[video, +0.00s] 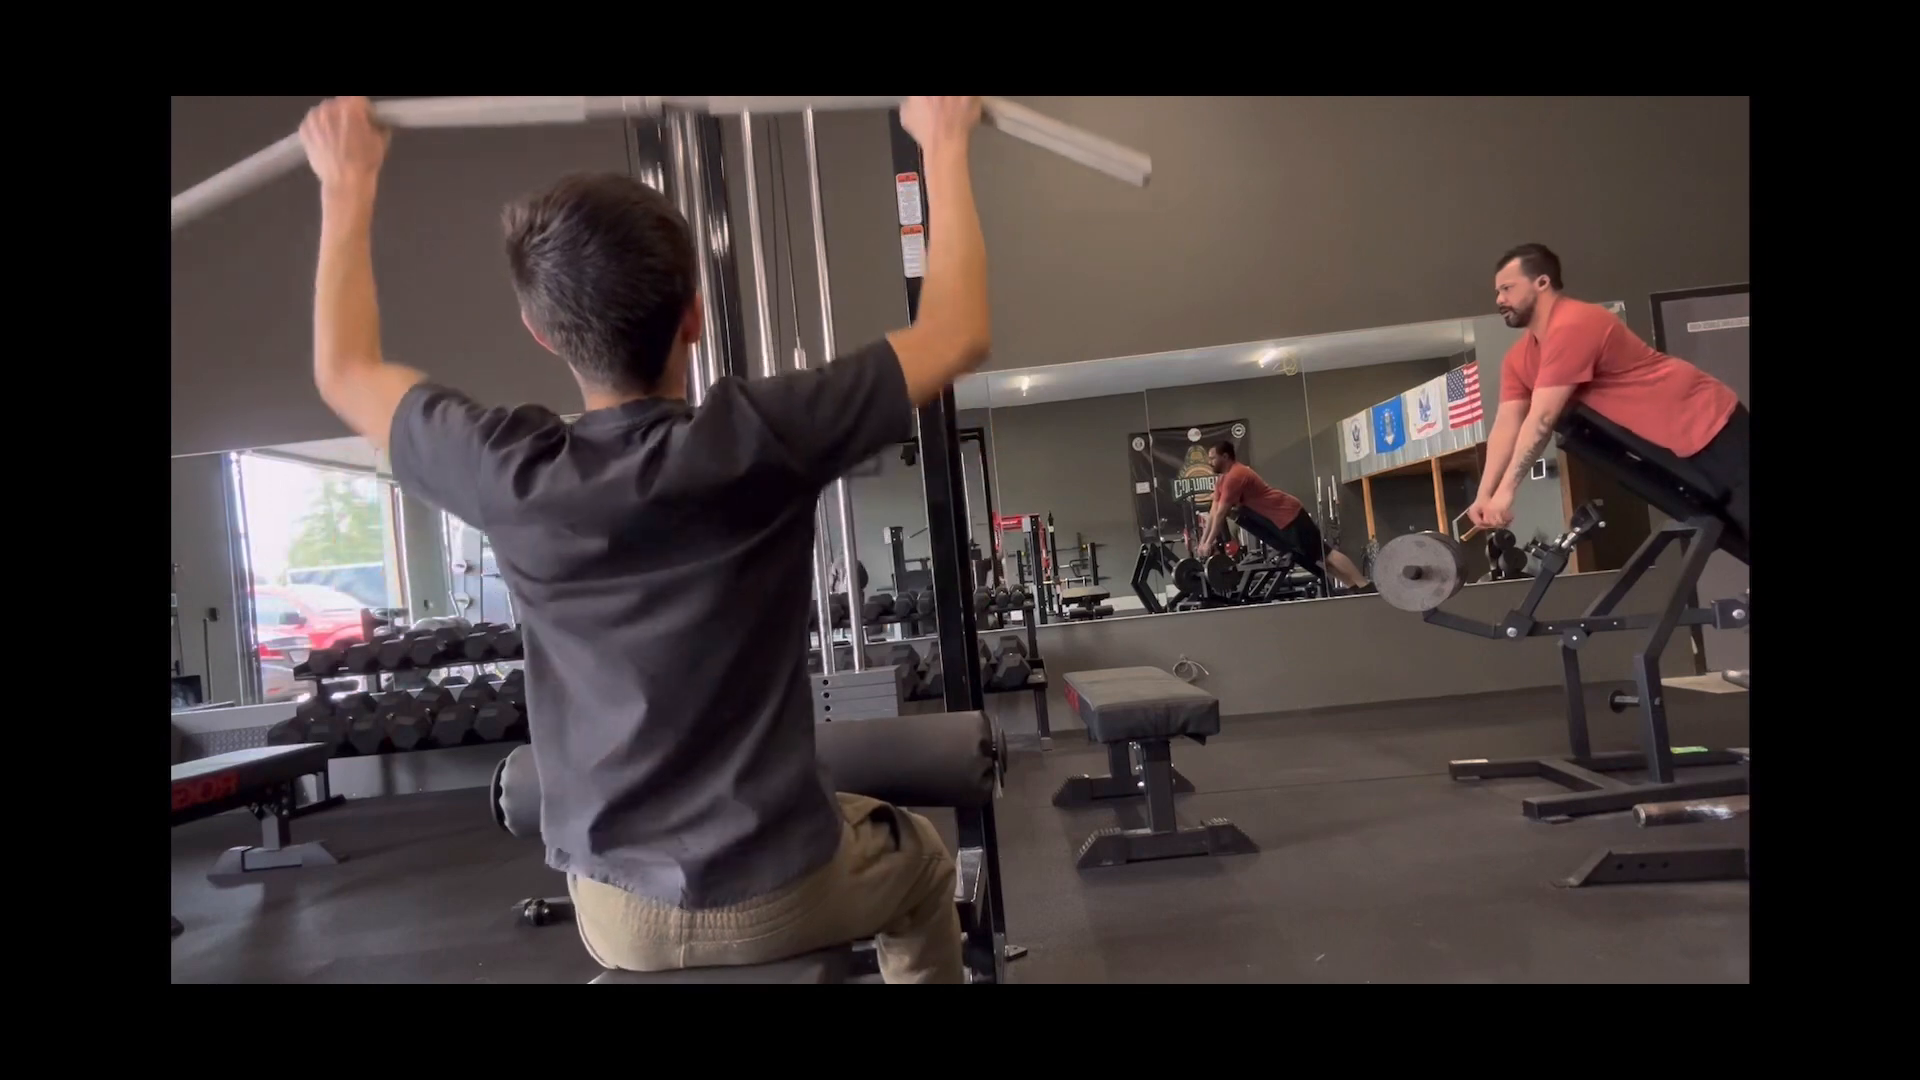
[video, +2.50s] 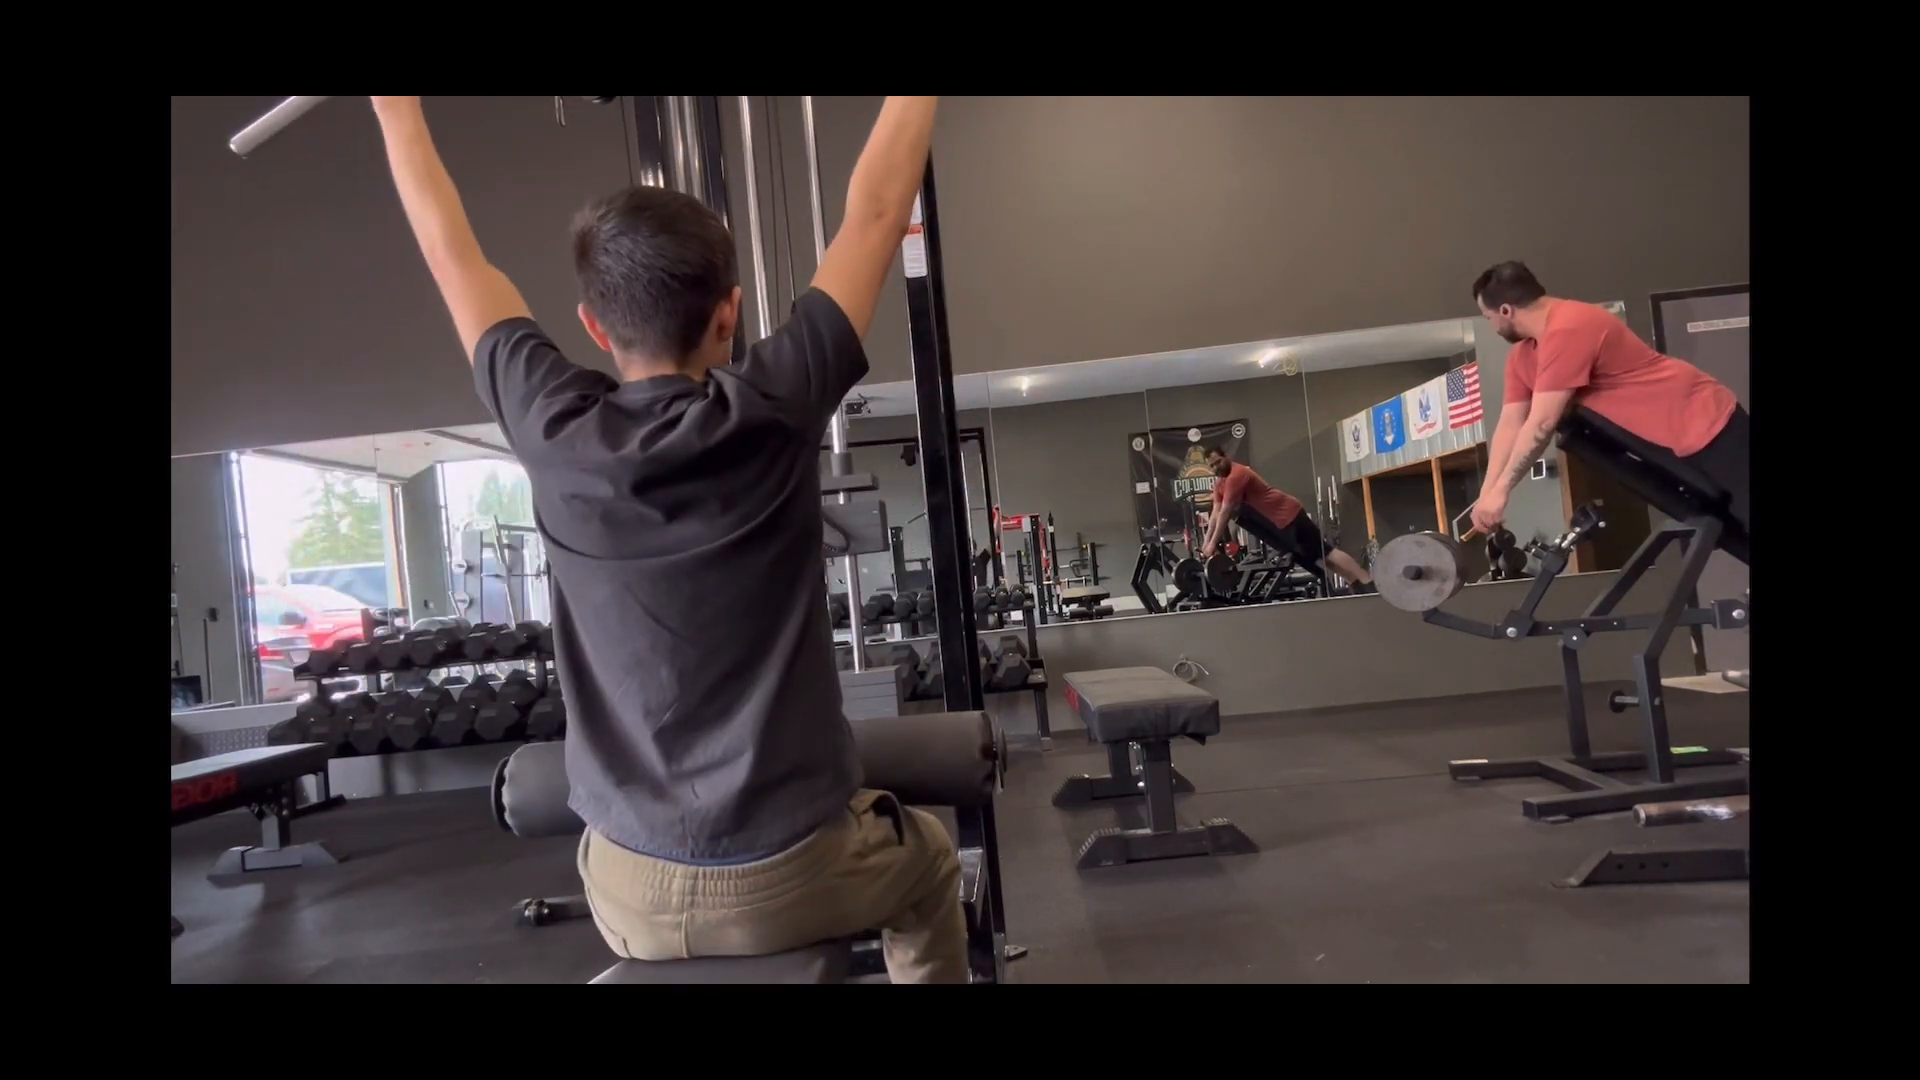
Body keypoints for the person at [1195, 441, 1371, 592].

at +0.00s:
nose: (1209, 461)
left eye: (1212, 457)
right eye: (1209, 458)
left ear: (1225, 456)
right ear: (1221, 458)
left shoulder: (1236, 475)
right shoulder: (1221, 480)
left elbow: (1222, 512)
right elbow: (1213, 512)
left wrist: (1210, 542)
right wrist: (1204, 541)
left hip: (1291, 513)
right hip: (1279, 523)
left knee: (1325, 552)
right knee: (1317, 560)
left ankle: (1363, 584)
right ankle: (1353, 586)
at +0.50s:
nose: (1211, 460)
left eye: (1214, 456)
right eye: (1211, 456)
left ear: (1227, 455)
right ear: (1223, 456)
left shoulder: (1237, 473)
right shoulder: (1222, 479)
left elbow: (1222, 509)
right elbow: (1213, 509)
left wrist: (1209, 538)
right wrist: (1204, 538)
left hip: (1291, 513)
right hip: (1280, 522)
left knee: (1326, 552)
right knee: (1319, 558)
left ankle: (1364, 584)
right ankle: (1353, 586)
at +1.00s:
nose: (1211, 463)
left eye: (1213, 458)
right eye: (1209, 460)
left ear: (1225, 455)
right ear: (1218, 458)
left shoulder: (1237, 473)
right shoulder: (1222, 480)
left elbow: (1222, 510)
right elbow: (1213, 510)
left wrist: (1210, 540)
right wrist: (1204, 539)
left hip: (1291, 514)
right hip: (1279, 523)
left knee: (1325, 552)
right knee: (1319, 559)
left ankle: (1365, 584)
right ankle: (1353, 585)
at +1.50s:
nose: (1215, 464)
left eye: (1217, 459)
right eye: (1211, 462)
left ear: (1226, 456)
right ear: (1209, 466)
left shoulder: (1237, 473)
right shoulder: (1220, 484)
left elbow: (1226, 511)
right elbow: (1215, 512)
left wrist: (1214, 542)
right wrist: (1207, 540)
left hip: (1289, 514)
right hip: (1279, 525)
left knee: (1324, 550)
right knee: (1317, 558)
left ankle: (1368, 579)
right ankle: (1355, 583)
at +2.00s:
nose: (1216, 466)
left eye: (1219, 461)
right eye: (1212, 464)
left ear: (1226, 458)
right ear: (1210, 467)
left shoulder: (1237, 475)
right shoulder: (1220, 482)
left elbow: (1224, 512)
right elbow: (1214, 512)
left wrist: (1211, 540)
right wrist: (1206, 539)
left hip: (1290, 514)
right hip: (1279, 525)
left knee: (1326, 551)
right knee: (1319, 558)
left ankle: (1370, 578)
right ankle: (1356, 583)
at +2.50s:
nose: (1217, 465)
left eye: (1219, 460)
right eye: (1212, 464)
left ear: (1226, 457)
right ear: (1210, 468)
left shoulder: (1238, 474)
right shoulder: (1219, 484)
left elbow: (1226, 511)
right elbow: (1216, 512)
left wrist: (1213, 542)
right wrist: (1207, 540)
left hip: (1290, 513)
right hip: (1279, 525)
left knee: (1325, 550)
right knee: (1318, 558)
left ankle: (1368, 582)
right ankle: (1355, 584)